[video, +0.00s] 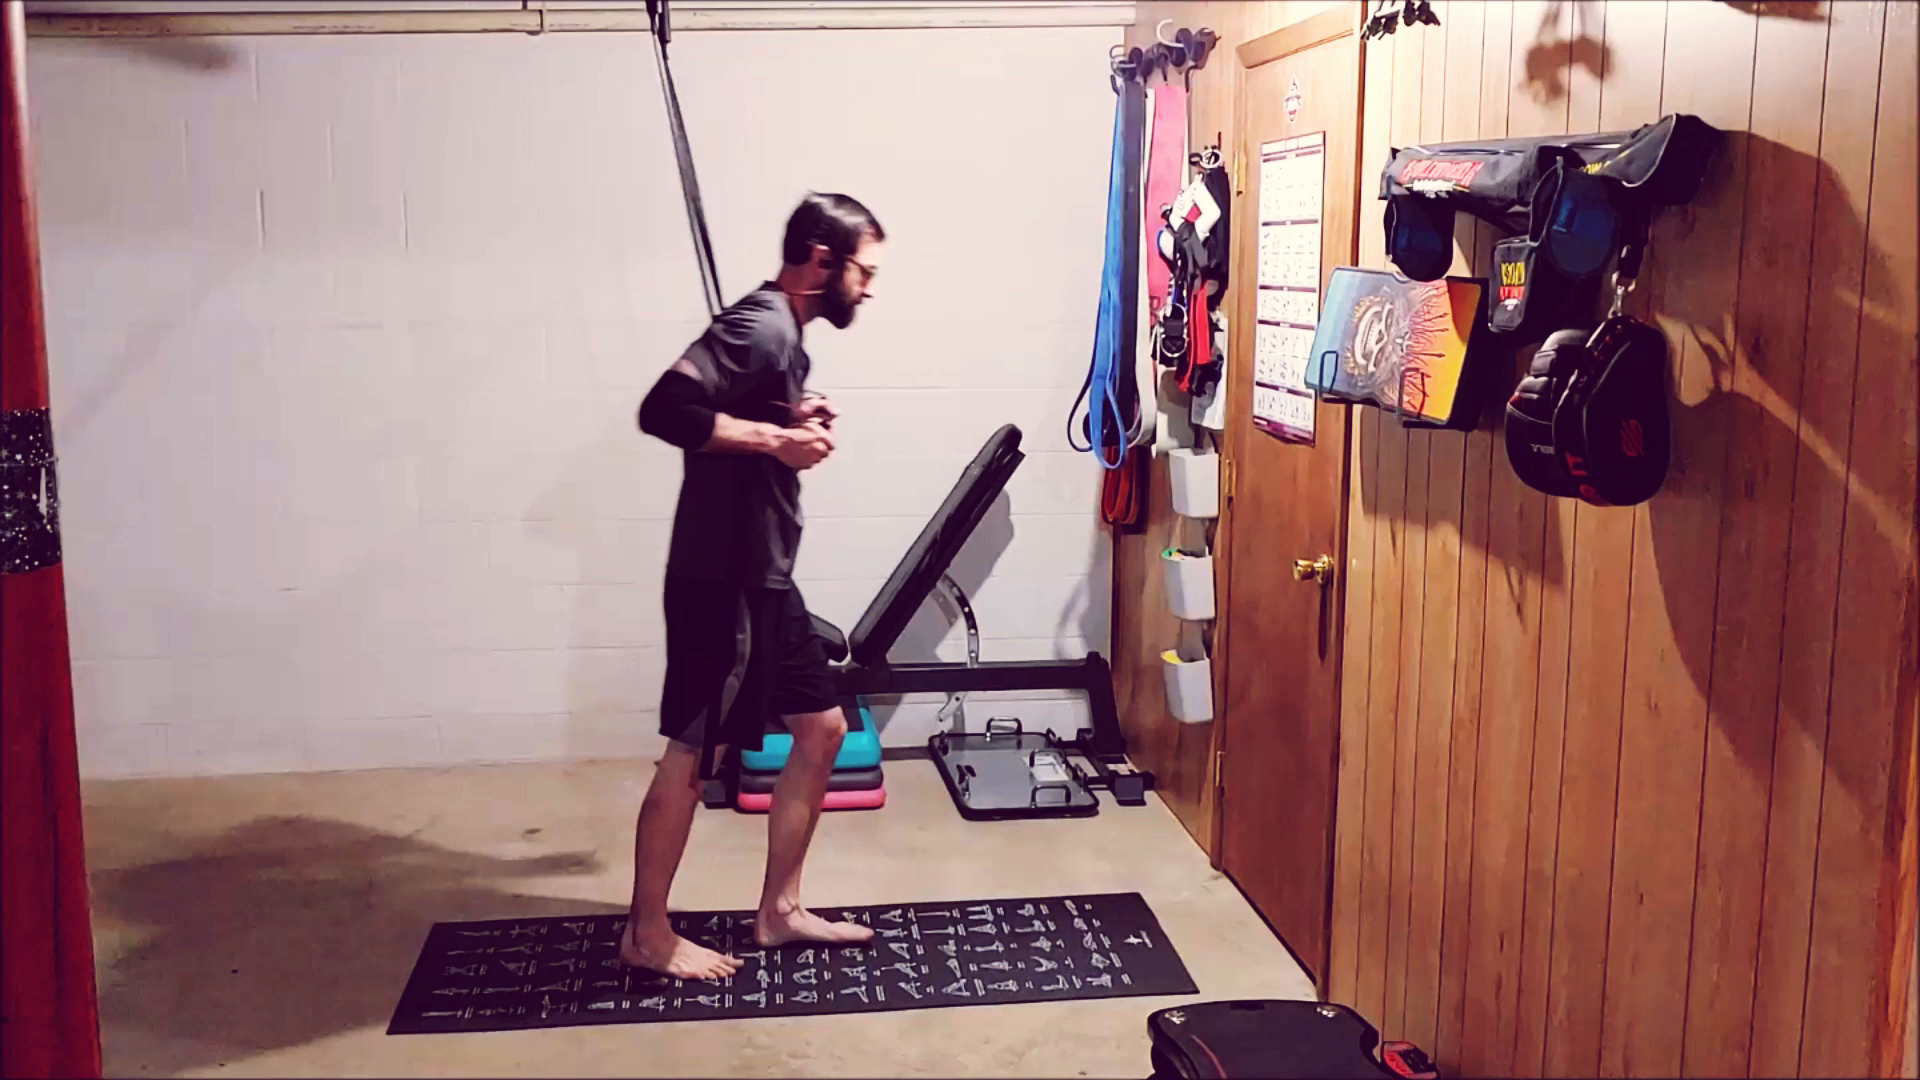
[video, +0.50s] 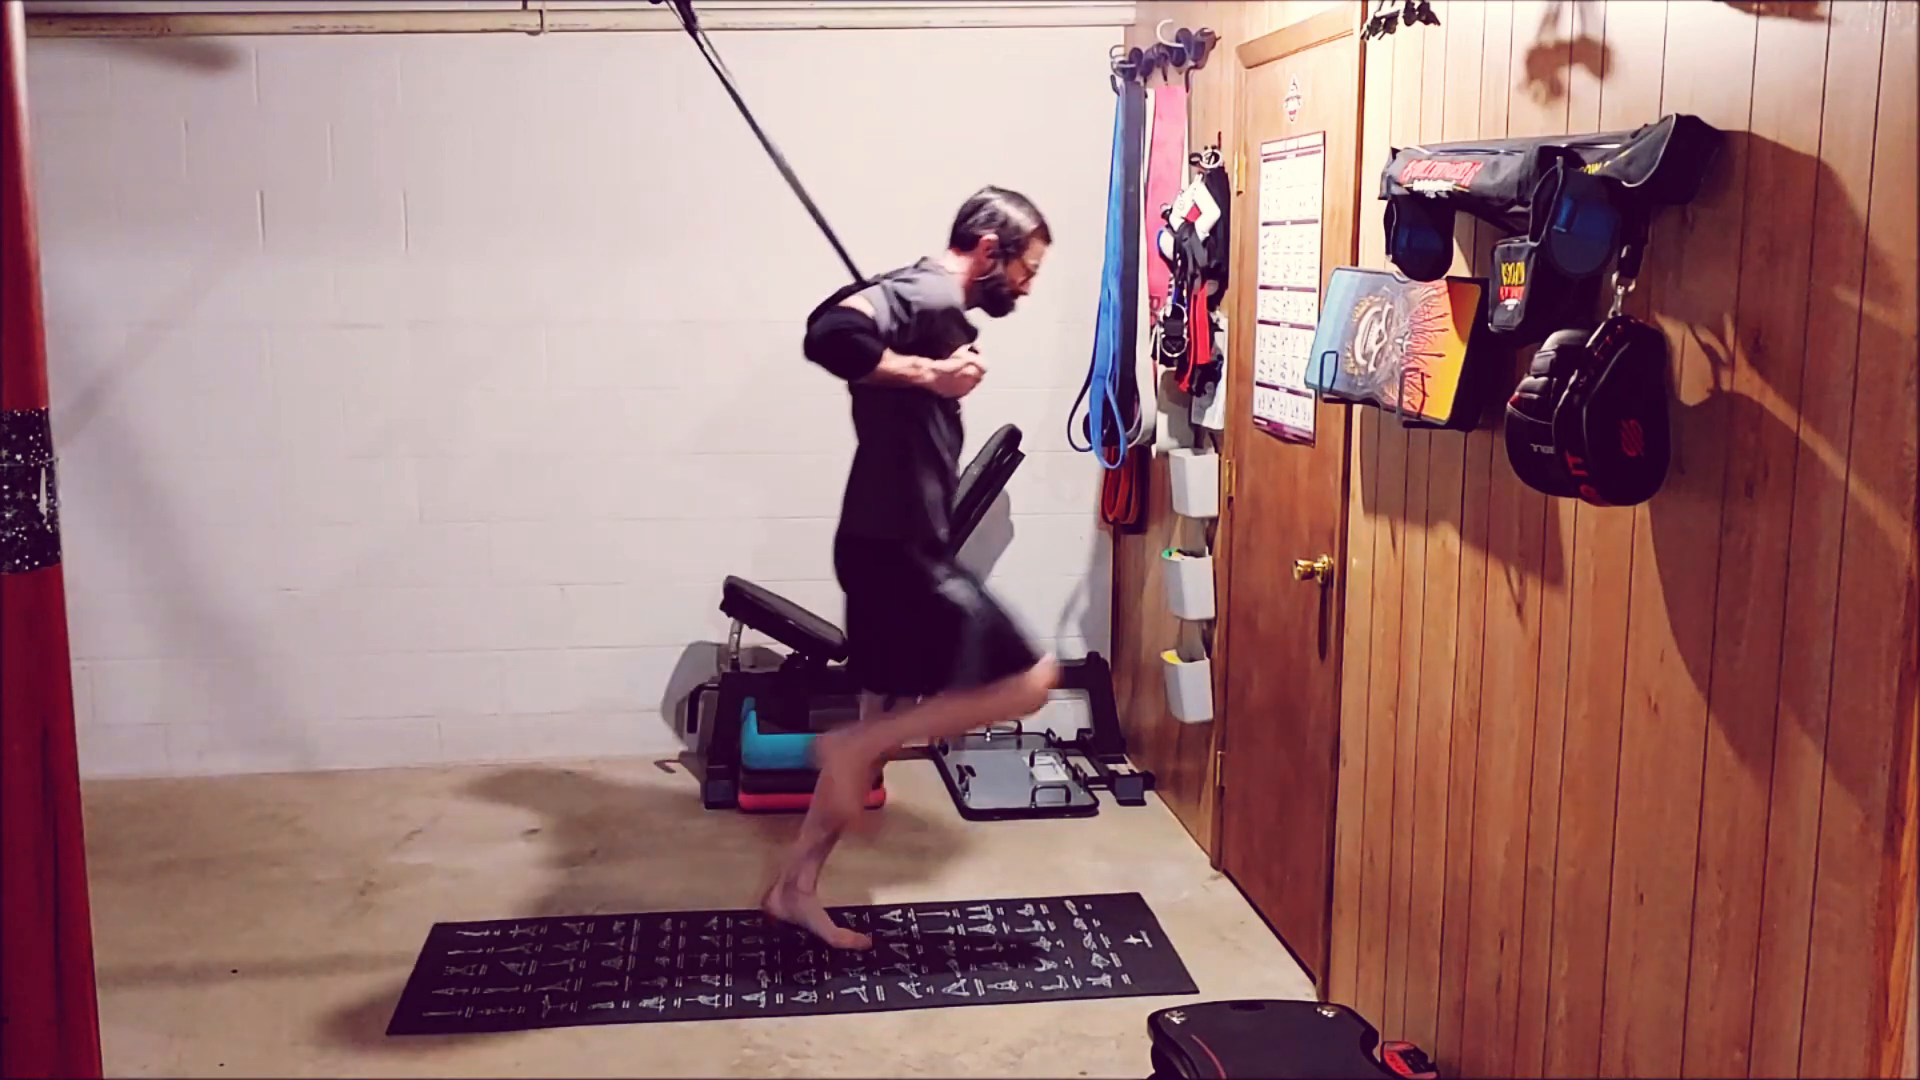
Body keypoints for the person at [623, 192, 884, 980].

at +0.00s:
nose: (870, 286)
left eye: (873, 272)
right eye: (865, 270)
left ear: (820, 261)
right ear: (819, 260)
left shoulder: (788, 331)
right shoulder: (757, 323)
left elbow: (725, 420)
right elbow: (664, 410)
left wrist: (795, 418)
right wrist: (776, 439)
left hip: (767, 576)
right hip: (719, 576)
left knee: (822, 728)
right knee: (692, 752)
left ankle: (780, 909)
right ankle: (647, 933)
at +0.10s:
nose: (903, 295)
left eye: (906, 280)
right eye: (898, 278)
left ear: (852, 267)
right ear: (851, 265)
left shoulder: (821, 332)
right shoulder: (793, 321)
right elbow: (699, 398)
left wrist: (833, 414)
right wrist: (808, 430)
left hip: (793, 575)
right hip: (745, 575)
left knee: (838, 734)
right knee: (713, 755)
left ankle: (781, 908)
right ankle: (650, 931)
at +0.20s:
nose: (939, 294)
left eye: (942, 279)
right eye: (934, 277)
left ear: (887, 266)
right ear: (889, 264)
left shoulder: (853, 332)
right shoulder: (829, 318)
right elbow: (735, 380)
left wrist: (870, 412)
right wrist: (839, 420)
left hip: (824, 572)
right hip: (781, 571)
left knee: (853, 737)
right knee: (747, 749)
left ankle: (784, 909)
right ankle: (653, 922)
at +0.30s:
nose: (975, 289)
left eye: (978, 275)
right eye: (970, 272)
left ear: (920, 261)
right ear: (924, 259)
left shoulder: (884, 322)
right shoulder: (870, 311)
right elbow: (774, 364)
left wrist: (894, 392)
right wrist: (872, 405)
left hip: (856, 557)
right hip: (825, 557)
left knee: (866, 729)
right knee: (840, 745)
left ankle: (786, 904)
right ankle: (682, 894)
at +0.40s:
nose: (1002, 293)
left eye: (1007, 278)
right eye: (999, 275)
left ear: (953, 258)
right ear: (955, 257)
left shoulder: (919, 314)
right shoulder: (903, 301)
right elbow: (807, 349)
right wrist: (905, 389)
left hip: (881, 556)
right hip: (860, 557)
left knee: (881, 735)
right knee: (932, 733)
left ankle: (794, 891)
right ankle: (767, 831)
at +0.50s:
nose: (1028, 289)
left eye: (1033, 275)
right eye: (1028, 270)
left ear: (984, 251)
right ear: (988, 249)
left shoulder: (938, 302)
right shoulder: (930, 288)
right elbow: (830, 334)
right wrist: (929, 373)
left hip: (899, 543)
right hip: (895, 547)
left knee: (874, 727)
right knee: (1028, 680)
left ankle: (795, 888)